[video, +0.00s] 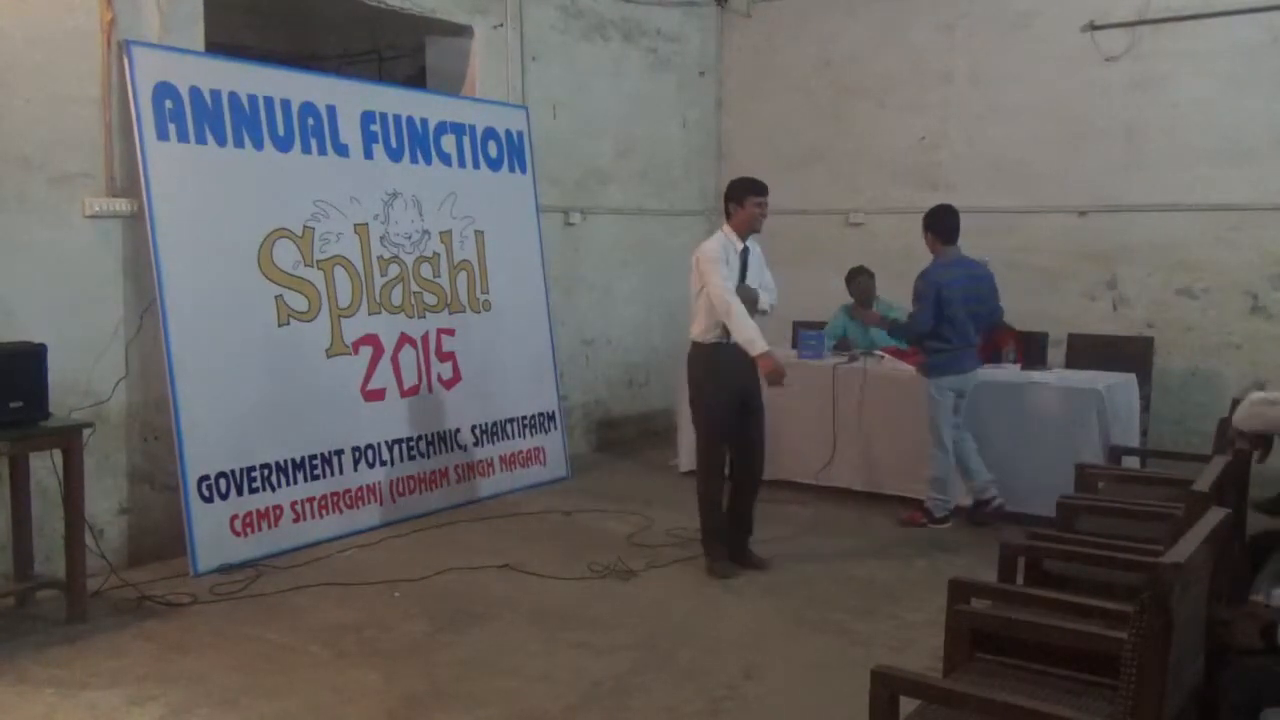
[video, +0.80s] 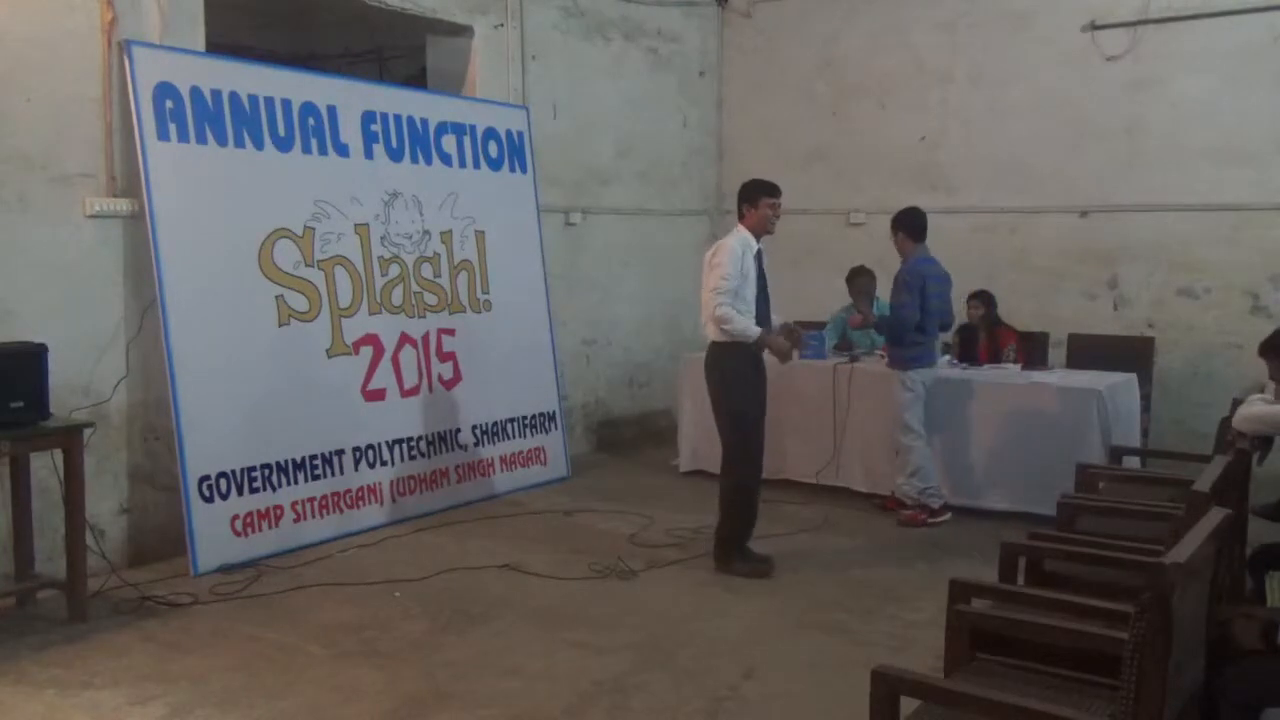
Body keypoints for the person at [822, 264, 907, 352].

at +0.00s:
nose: (865, 290)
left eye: (869, 285)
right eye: (859, 286)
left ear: (875, 287)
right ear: (850, 292)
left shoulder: (891, 309)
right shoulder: (844, 314)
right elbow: (827, 339)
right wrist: (837, 345)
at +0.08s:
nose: (864, 290)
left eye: (868, 285)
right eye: (858, 285)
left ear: (874, 287)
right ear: (849, 291)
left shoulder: (890, 309)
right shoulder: (843, 314)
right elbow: (826, 340)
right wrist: (837, 345)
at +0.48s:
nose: (865, 293)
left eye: (869, 288)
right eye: (860, 290)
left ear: (875, 288)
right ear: (851, 291)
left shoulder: (889, 309)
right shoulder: (843, 314)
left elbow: (896, 337)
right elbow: (827, 338)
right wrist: (837, 345)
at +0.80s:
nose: (864, 296)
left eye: (868, 292)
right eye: (859, 293)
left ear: (875, 290)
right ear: (850, 293)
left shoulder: (886, 311)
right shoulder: (842, 316)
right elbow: (827, 337)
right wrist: (836, 345)